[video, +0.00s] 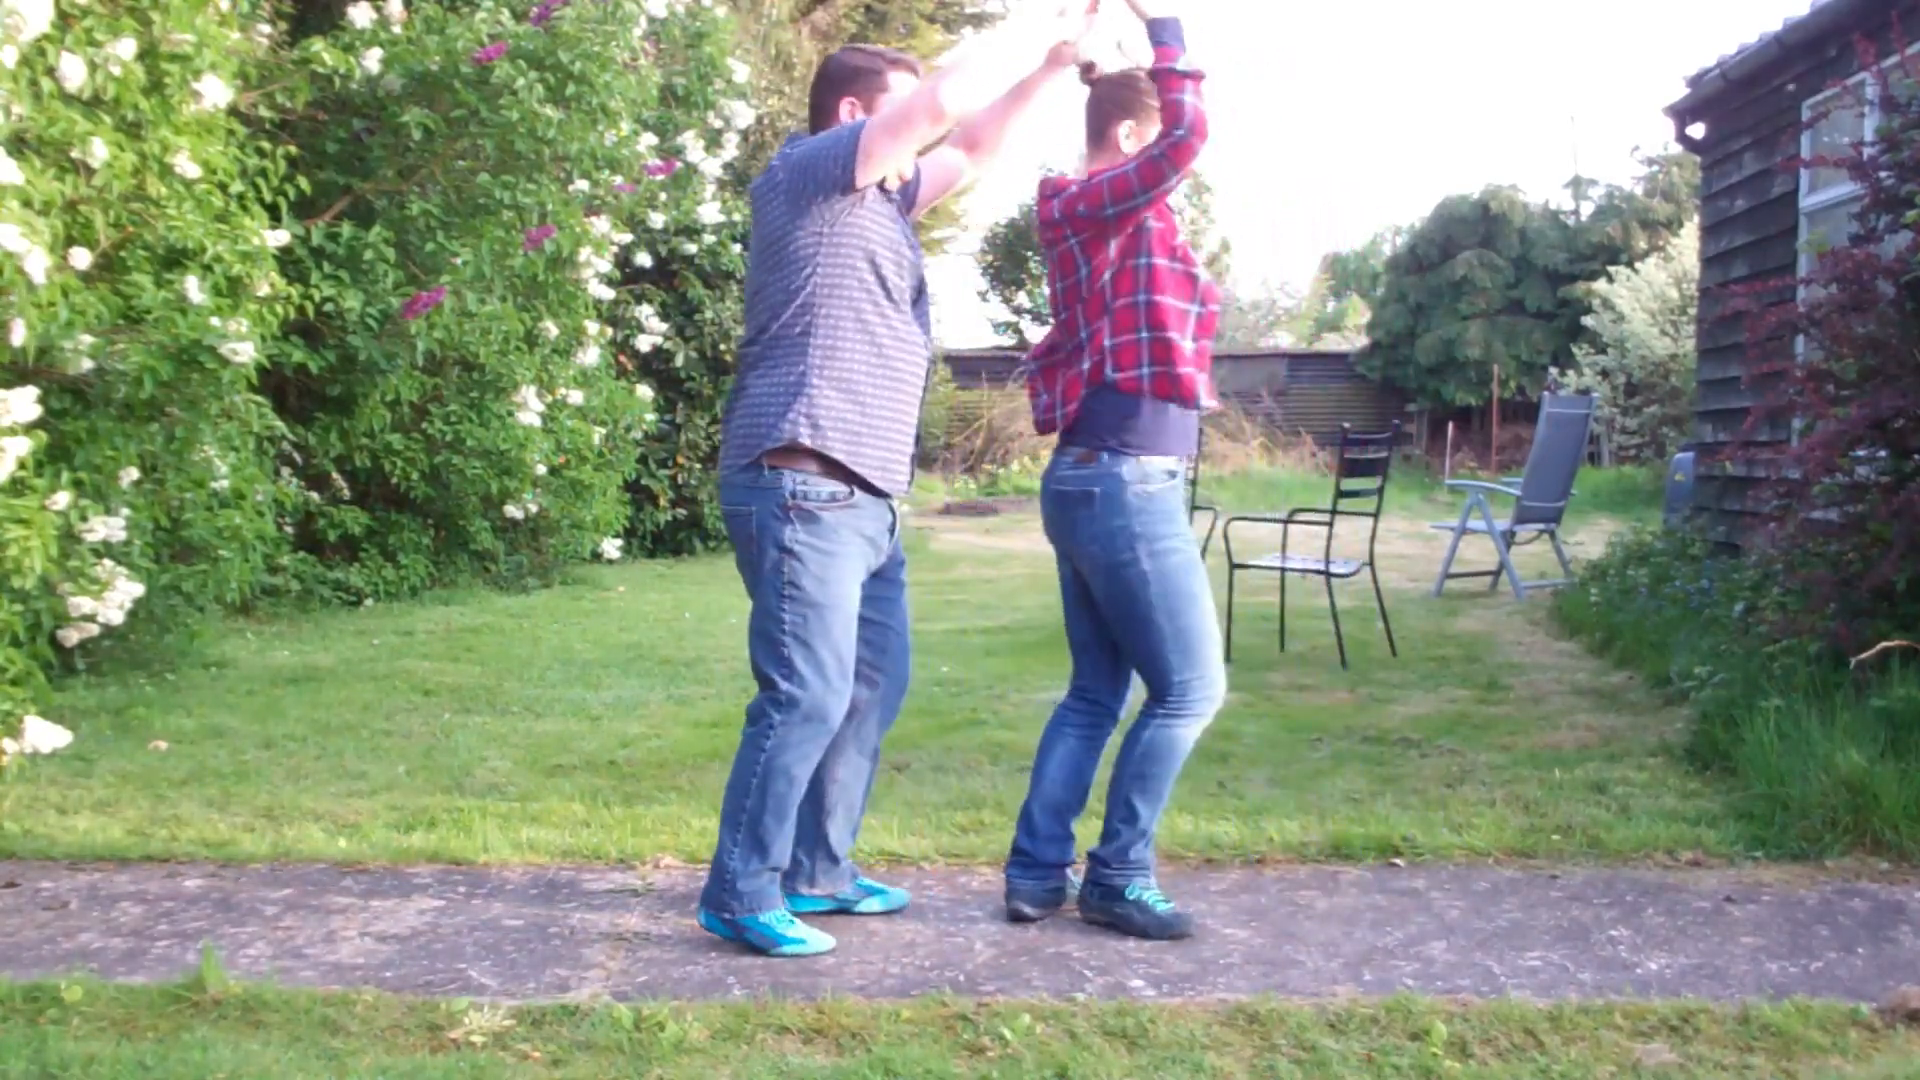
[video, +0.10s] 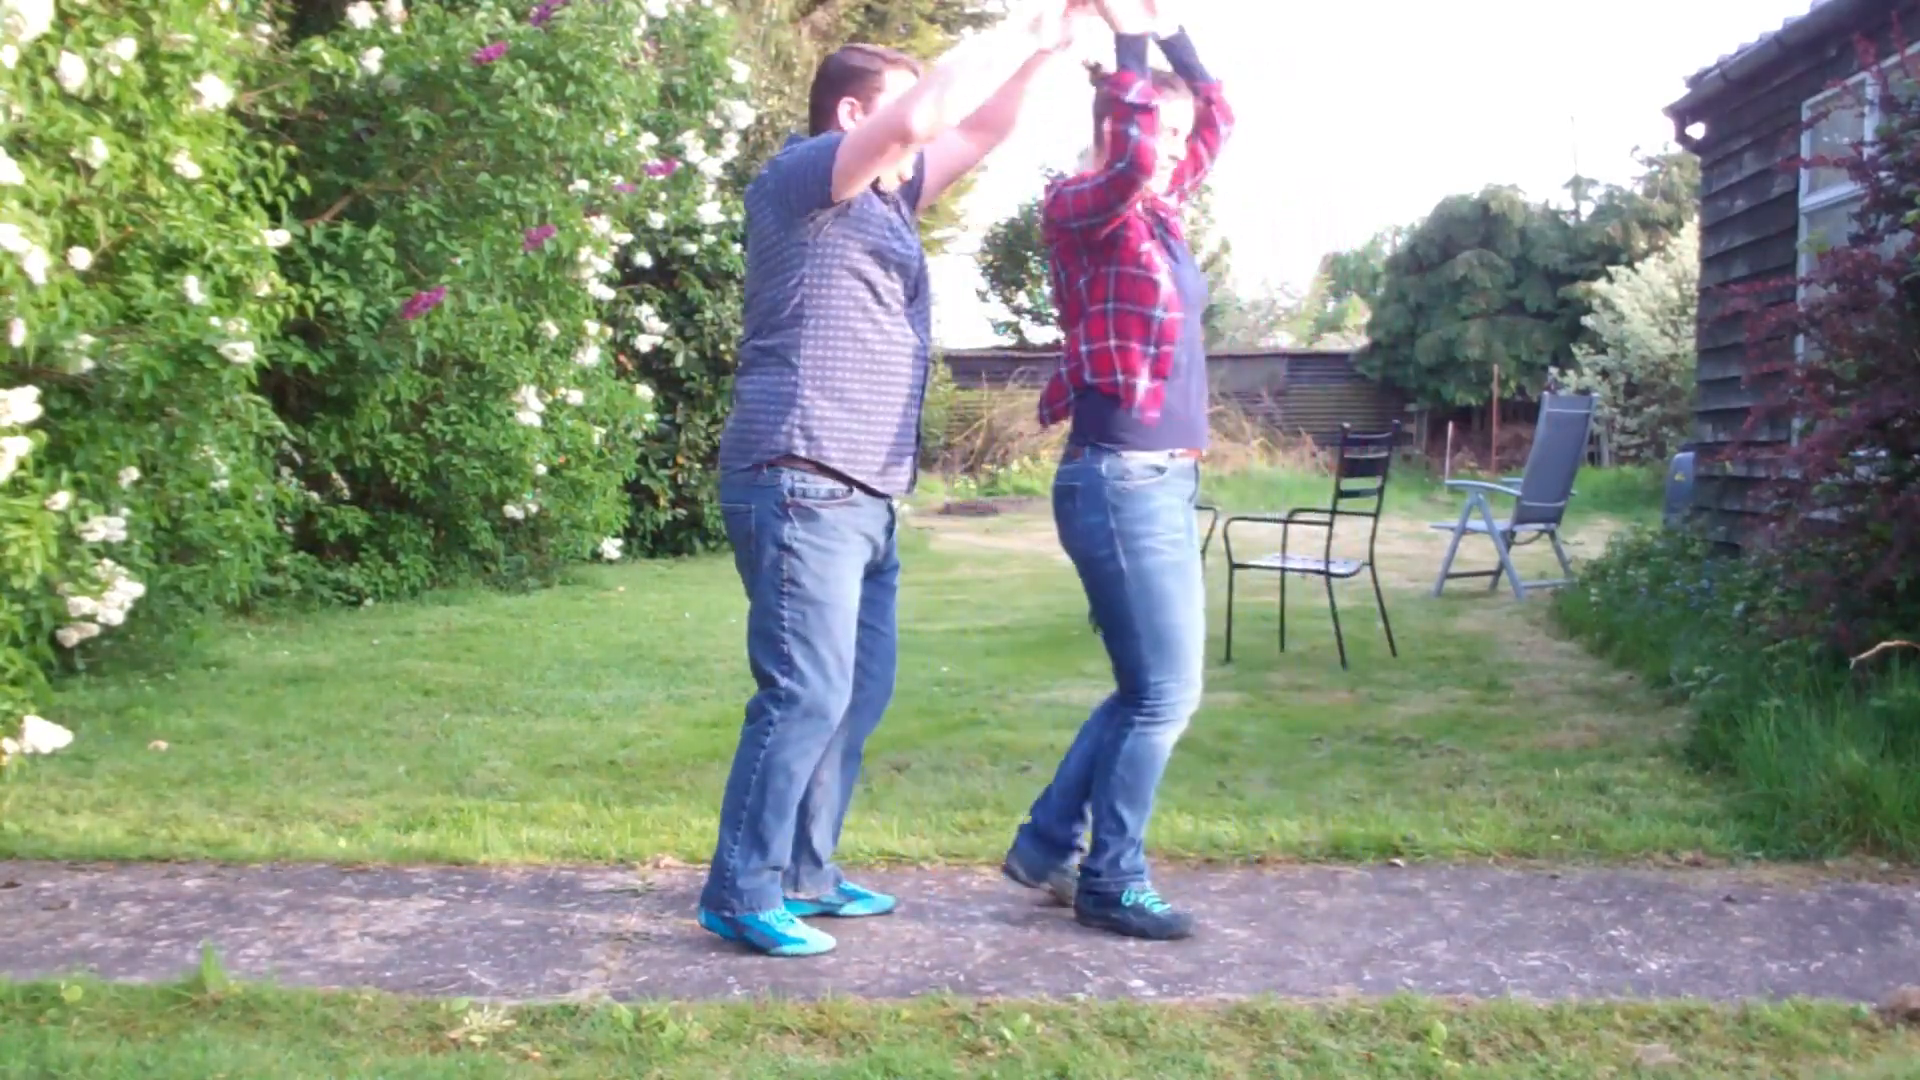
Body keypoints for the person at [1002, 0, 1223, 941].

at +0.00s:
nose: (1170, 141)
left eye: (1168, 126)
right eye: (1162, 127)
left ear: (1104, 124)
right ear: (1128, 128)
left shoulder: (1098, 207)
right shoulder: (1093, 195)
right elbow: (1186, 134)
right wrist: (1162, 40)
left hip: (1090, 475)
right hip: (1127, 481)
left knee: (1096, 692)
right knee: (1191, 689)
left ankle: (1034, 873)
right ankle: (1117, 876)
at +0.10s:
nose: (1160, 146)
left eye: (1164, 131)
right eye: (1148, 131)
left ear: (1152, 136)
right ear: (1114, 133)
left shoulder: (1156, 208)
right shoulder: (1076, 207)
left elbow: (1217, 124)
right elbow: (1142, 154)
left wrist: (1170, 39)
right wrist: (1128, 52)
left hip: (1163, 479)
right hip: (1118, 481)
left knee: (1152, 686)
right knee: (1165, 690)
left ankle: (1044, 846)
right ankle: (1112, 880)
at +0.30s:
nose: (1148, 134)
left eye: (1163, 121)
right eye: (1132, 119)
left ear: (1183, 131)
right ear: (1103, 126)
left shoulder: (1201, 199)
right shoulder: (1085, 215)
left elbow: (1240, 95)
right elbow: (1066, 245)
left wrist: (1160, 19)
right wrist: (1056, 188)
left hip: (1225, 470)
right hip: (1124, 470)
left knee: (1243, 682)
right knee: (1137, 688)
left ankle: (1182, 819)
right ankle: (1106, 878)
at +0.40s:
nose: (1139, 132)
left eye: (1157, 118)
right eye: (1125, 117)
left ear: (1191, 128)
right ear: (1108, 130)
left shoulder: (1219, 203)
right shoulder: (1093, 224)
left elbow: (1231, 118)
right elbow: (1072, 319)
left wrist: (1153, 54)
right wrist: (1049, 317)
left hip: (1241, 470)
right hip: (1132, 473)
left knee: (1236, 686)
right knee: (1139, 687)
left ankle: (1268, 860)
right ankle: (1107, 881)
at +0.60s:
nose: (1150, 139)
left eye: (1165, 124)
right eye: (1145, 127)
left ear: (1220, 124)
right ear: (1149, 129)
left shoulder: (1271, 189)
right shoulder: (1146, 230)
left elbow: (1202, 206)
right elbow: (1127, 357)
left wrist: (1081, 150)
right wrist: (1086, 469)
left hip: (1268, 480)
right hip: (1167, 482)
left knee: (1247, 688)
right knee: (1161, 690)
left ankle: (1314, 888)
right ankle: (1112, 877)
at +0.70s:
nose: (1169, 146)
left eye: (1182, 130)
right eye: (1168, 130)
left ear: (1236, 129)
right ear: (1201, 134)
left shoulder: (1285, 200)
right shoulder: (1193, 229)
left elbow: (1210, 263)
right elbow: (1165, 334)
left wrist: (1095, 220)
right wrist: (1127, 381)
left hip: (1287, 489)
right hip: (1194, 488)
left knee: (1257, 696)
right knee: (1168, 691)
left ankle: (1314, 891)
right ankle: (1144, 877)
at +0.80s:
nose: (1186, 145)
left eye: (1197, 130)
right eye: (1186, 130)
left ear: (1251, 130)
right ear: (1229, 132)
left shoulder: (1291, 209)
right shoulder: (1224, 221)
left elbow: (1216, 309)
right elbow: (1173, 259)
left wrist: (1100, 279)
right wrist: (1120, 255)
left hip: (1298, 488)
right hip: (1221, 489)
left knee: (1258, 695)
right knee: (1180, 684)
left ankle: (1315, 892)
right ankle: (1228, 863)